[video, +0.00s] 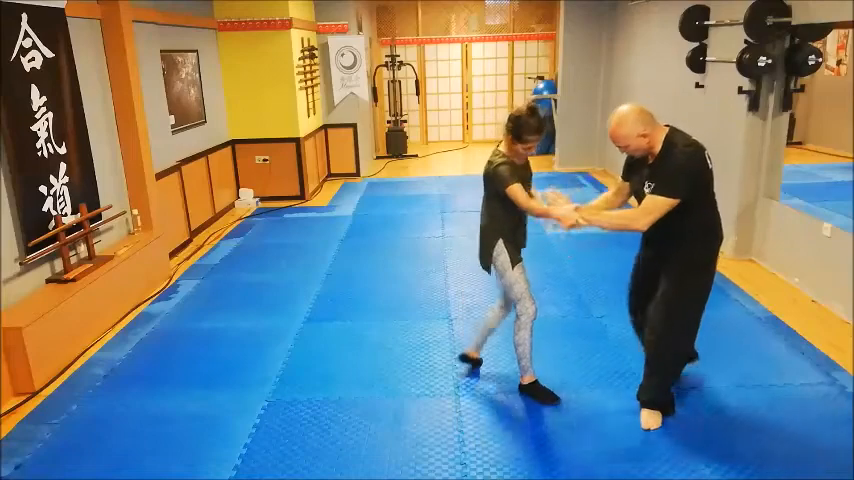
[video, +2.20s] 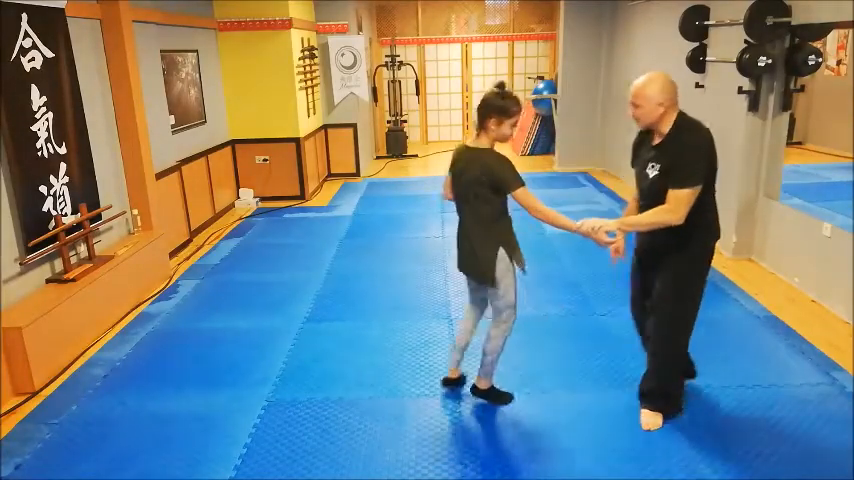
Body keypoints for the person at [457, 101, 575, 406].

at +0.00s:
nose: (530, 152)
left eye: (534, 147)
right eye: (525, 147)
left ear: (537, 138)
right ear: (510, 137)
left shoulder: (519, 158)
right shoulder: (501, 168)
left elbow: (527, 194)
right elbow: (526, 205)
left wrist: (548, 206)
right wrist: (558, 214)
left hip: (510, 240)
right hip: (499, 244)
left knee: (506, 304)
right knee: (526, 310)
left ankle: (472, 352)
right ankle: (527, 379)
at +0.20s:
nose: (525, 157)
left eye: (530, 151)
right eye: (518, 152)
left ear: (536, 142)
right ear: (504, 144)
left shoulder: (532, 160)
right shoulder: (497, 171)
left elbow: (539, 193)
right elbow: (519, 213)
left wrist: (552, 208)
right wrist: (553, 224)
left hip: (529, 236)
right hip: (504, 241)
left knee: (544, 296)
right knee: (520, 308)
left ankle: (517, 339)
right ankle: (525, 378)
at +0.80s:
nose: (490, 188)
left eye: (493, 182)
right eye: (484, 184)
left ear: (503, 167)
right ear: (479, 178)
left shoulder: (534, 166)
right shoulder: (480, 185)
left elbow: (559, 189)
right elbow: (501, 224)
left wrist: (545, 228)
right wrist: (517, 239)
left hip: (545, 243)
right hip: (509, 248)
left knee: (555, 300)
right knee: (512, 313)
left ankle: (560, 342)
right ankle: (520, 380)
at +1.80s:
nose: (510, 161)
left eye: (514, 154)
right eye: (503, 154)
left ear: (521, 148)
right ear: (490, 149)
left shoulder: (517, 163)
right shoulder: (482, 175)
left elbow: (522, 191)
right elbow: (520, 217)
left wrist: (534, 213)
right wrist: (560, 245)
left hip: (518, 240)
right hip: (488, 248)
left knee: (530, 295)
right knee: (498, 319)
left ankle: (542, 345)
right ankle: (506, 376)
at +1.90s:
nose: (512, 149)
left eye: (516, 142)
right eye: (505, 143)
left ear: (523, 134)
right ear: (489, 136)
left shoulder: (506, 158)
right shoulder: (485, 170)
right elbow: (528, 213)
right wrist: (570, 240)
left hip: (508, 238)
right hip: (484, 243)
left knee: (518, 301)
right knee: (499, 317)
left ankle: (524, 350)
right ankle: (497, 376)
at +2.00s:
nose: (516, 139)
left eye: (519, 132)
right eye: (512, 133)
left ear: (516, 124)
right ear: (491, 128)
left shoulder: (492, 153)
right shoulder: (489, 164)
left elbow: (495, 197)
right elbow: (533, 211)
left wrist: (519, 212)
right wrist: (578, 234)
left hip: (498, 242)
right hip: (486, 246)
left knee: (505, 304)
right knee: (499, 315)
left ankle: (498, 355)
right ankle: (486, 378)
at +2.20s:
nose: (514, 131)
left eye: (515, 125)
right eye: (511, 125)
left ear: (489, 123)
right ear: (491, 123)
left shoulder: (461, 153)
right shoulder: (498, 162)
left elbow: (449, 193)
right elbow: (536, 210)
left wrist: (481, 194)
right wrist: (581, 229)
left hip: (468, 244)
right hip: (495, 247)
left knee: (475, 305)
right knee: (504, 315)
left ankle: (452, 373)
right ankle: (484, 383)